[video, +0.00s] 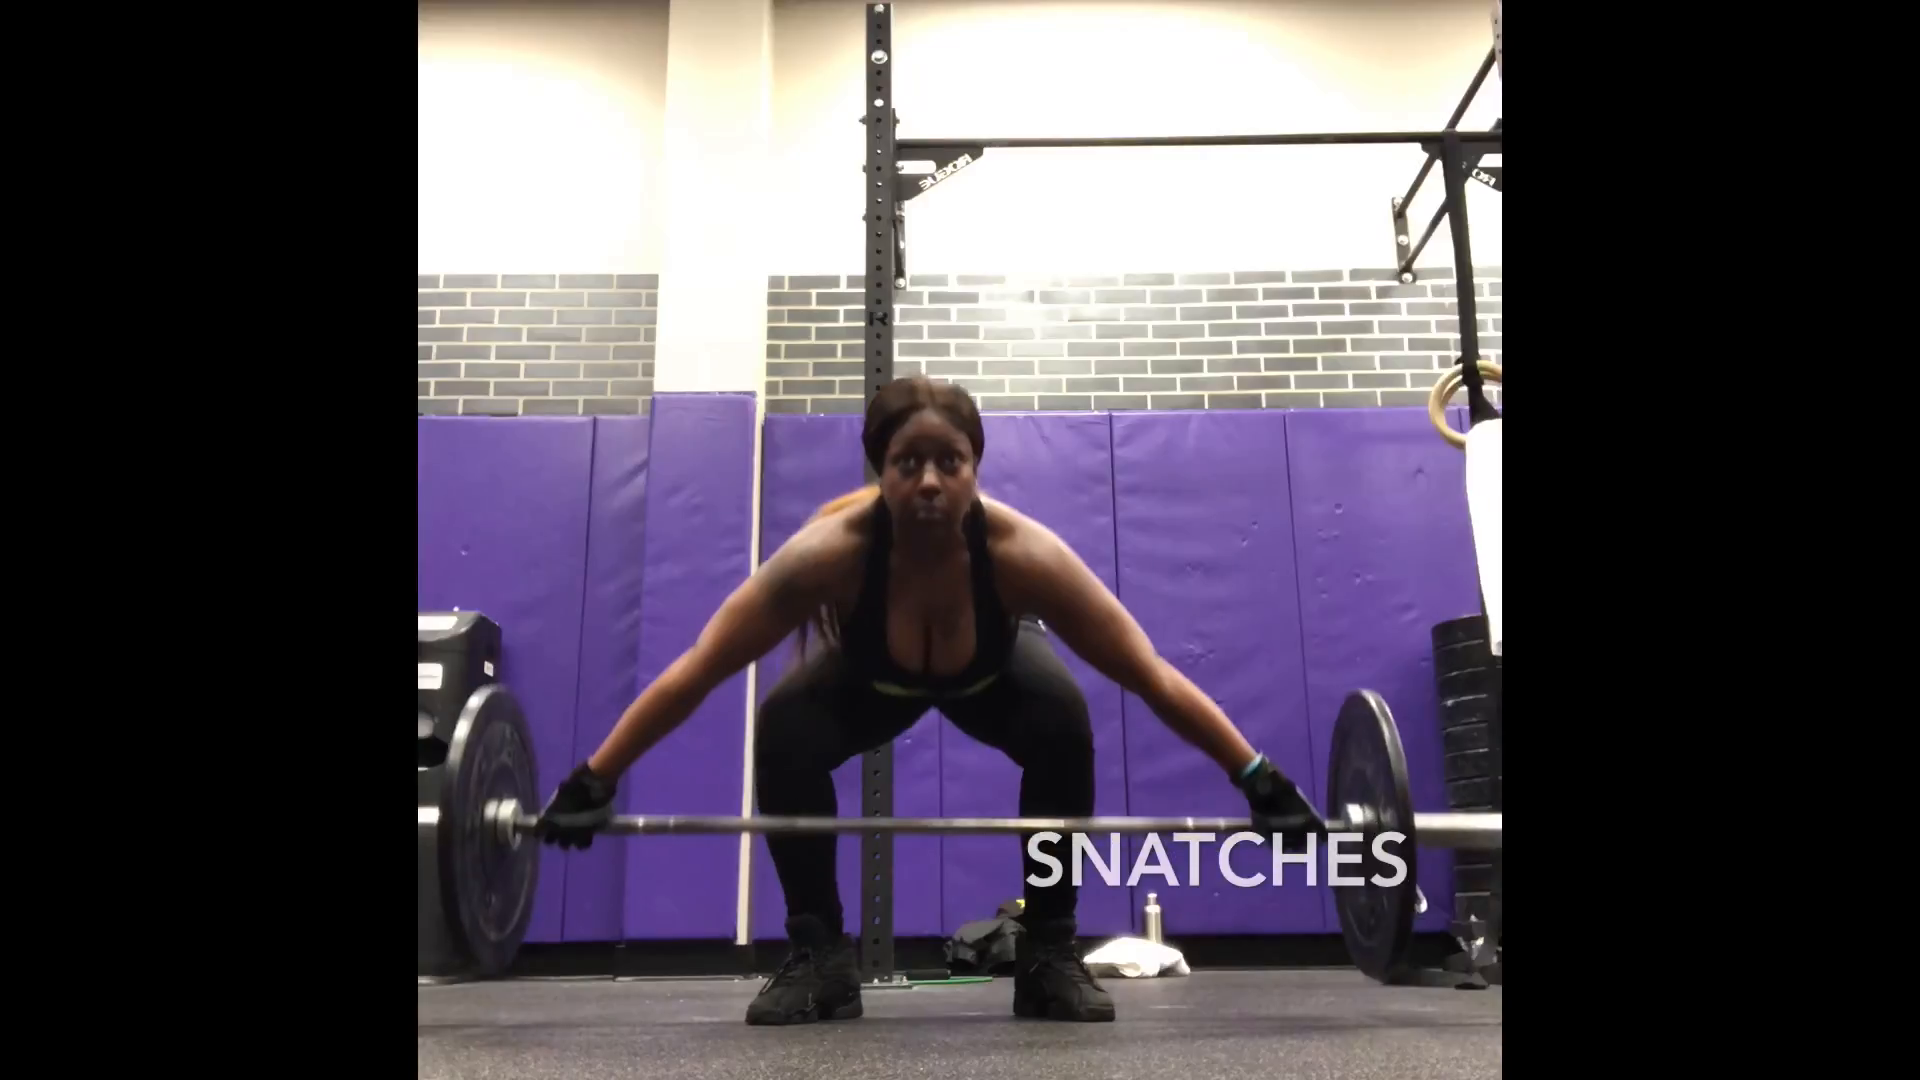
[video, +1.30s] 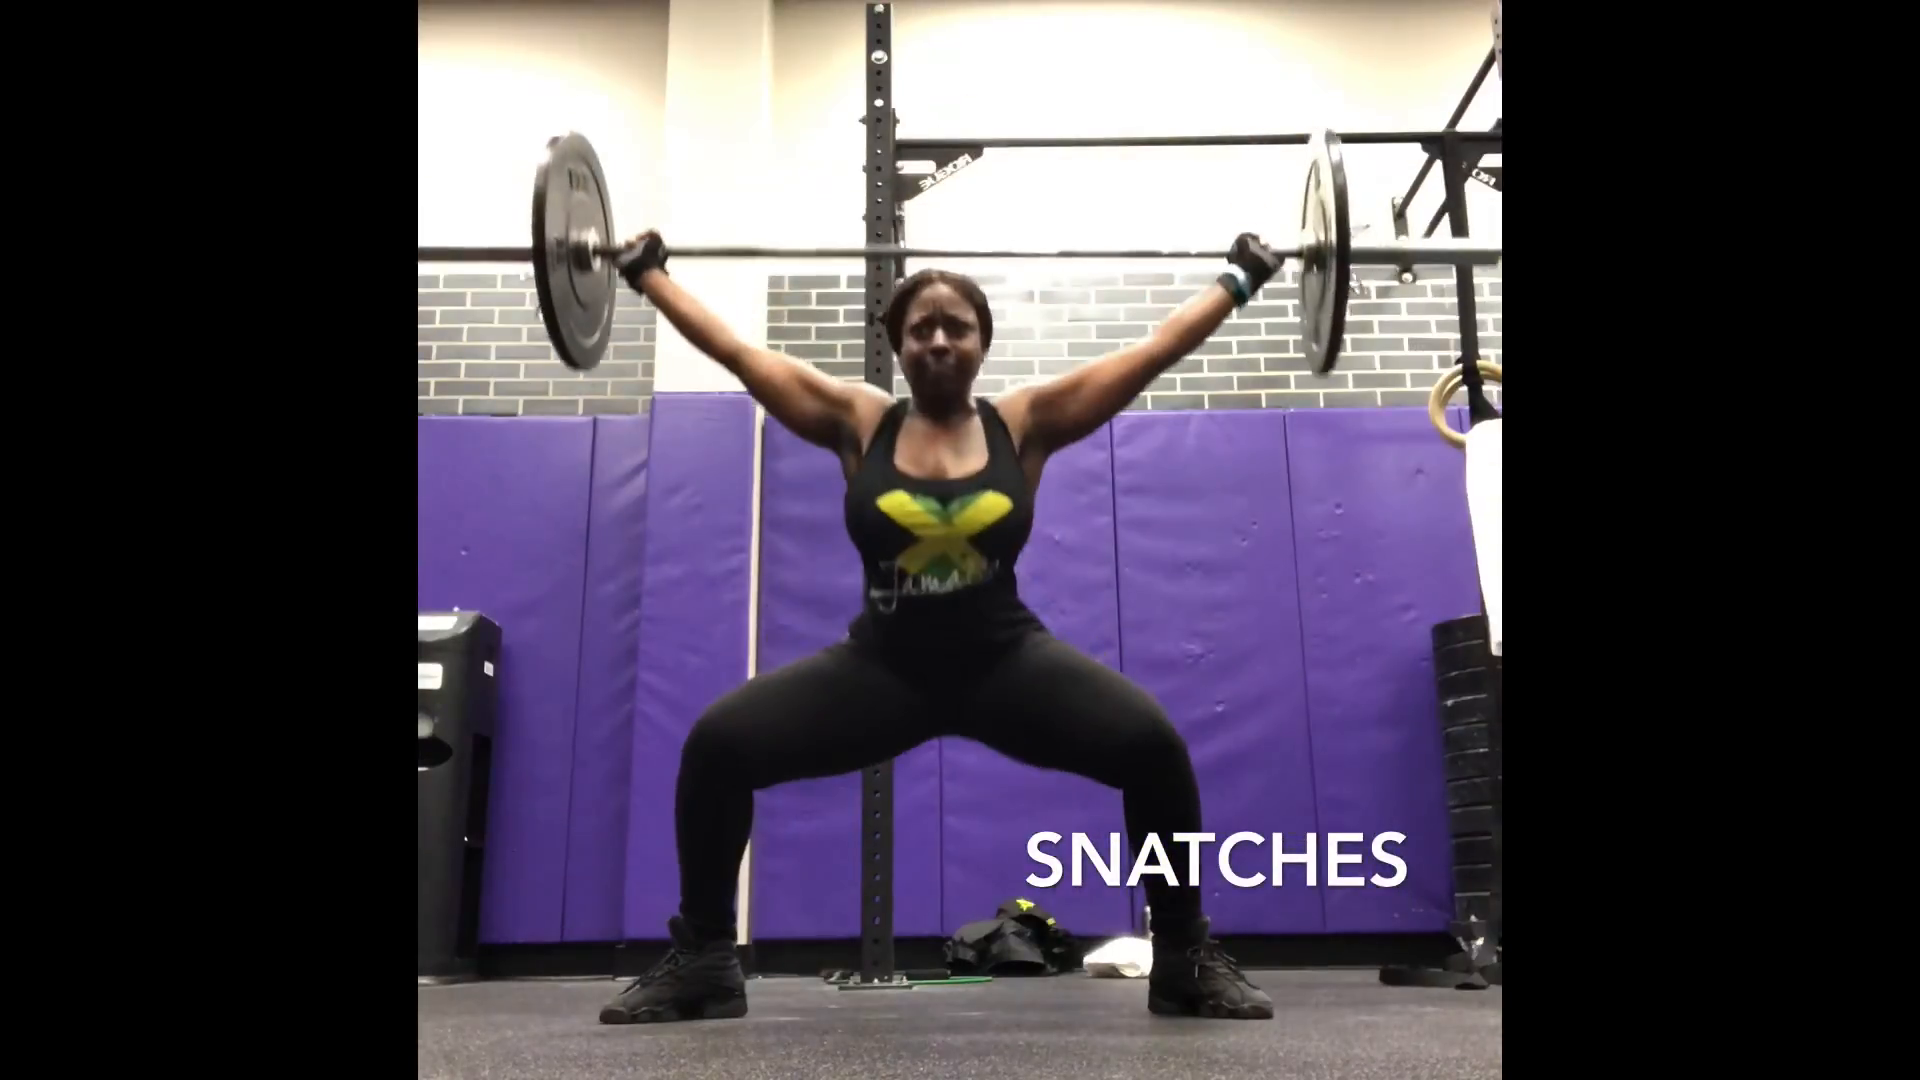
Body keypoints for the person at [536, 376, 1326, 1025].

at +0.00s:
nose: (930, 480)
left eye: (947, 462)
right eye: (910, 463)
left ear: (974, 469)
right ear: (880, 471)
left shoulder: (1023, 551)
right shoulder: (829, 549)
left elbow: (1149, 672)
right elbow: (703, 664)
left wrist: (1256, 774)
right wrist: (596, 775)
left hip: (985, 676)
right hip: (875, 679)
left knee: (1064, 727)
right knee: (784, 735)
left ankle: (1049, 954)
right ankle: (819, 955)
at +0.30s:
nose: (927, 389)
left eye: (945, 372)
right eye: (909, 373)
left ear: (972, 387)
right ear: (879, 390)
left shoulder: (1021, 480)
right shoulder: (831, 477)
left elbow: (1139, 593)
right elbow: (708, 586)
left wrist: (1247, 691)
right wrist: (599, 691)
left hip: (991, 622)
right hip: (876, 626)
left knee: (1069, 720)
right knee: (789, 729)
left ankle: (1050, 960)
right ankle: (817, 959)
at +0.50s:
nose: (934, 249)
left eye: (950, 237)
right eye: (915, 237)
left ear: (976, 268)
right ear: (885, 267)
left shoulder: (1019, 380)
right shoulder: (837, 372)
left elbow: (1140, 463)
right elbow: (719, 453)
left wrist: (1242, 554)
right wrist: (615, 545)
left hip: (985, 587)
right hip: (871, 588)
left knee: (1054, 725)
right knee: (791, 728)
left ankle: (1048, 959)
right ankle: (822, 957)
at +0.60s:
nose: (943, 179)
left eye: (958, 170)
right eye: (924, 169)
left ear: (979, 200)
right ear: (894, 197)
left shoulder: (1021, 312)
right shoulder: (842, 303)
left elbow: (1138, 377)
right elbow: (732, 369)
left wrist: (1235, 442)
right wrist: (629, 428)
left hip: (980, 539)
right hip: (870, 538)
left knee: (1030, 713)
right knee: (816, 712)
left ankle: (1047, 945)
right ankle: (817, 947)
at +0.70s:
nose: (943, 140)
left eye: (960, 133)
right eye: (926, 131)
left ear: (983, 166)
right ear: (899, 162)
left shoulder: (1015, 258)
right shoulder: (850, 250)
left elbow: (1133, 302)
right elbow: (734, 306)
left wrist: (1232, 325)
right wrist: (631, 311)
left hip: (978, 478)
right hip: (870, 477)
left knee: (1028, 681)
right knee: (831, 680)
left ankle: (1073, 910)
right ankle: (792, 912)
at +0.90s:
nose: (948, 219)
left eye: (964, 211)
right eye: (933, 210)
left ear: (986, 239)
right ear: (907, 235)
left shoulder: (1019, 314)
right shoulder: (856, 308)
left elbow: (1147, 296)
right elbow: (730, 296)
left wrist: (1222, 195)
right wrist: (652, 191)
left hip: (990, 534)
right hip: (878, 535)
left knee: (1101, 703)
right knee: (758, 708)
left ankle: (1175, 927)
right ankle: (708, 946)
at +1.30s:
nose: (939, 343)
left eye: (956, 328)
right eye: (922, 329)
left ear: (984, 344)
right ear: (897, 346)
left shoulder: (1024, 423)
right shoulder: (858, 420)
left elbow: (1151, 356)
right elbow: (739, 354)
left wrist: (1241, 281)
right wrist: (649, 276)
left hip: (1003, 665)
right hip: (882, 669)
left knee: (1153, 748)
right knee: (717, 746)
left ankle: (1184, 962)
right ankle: (703, 961)